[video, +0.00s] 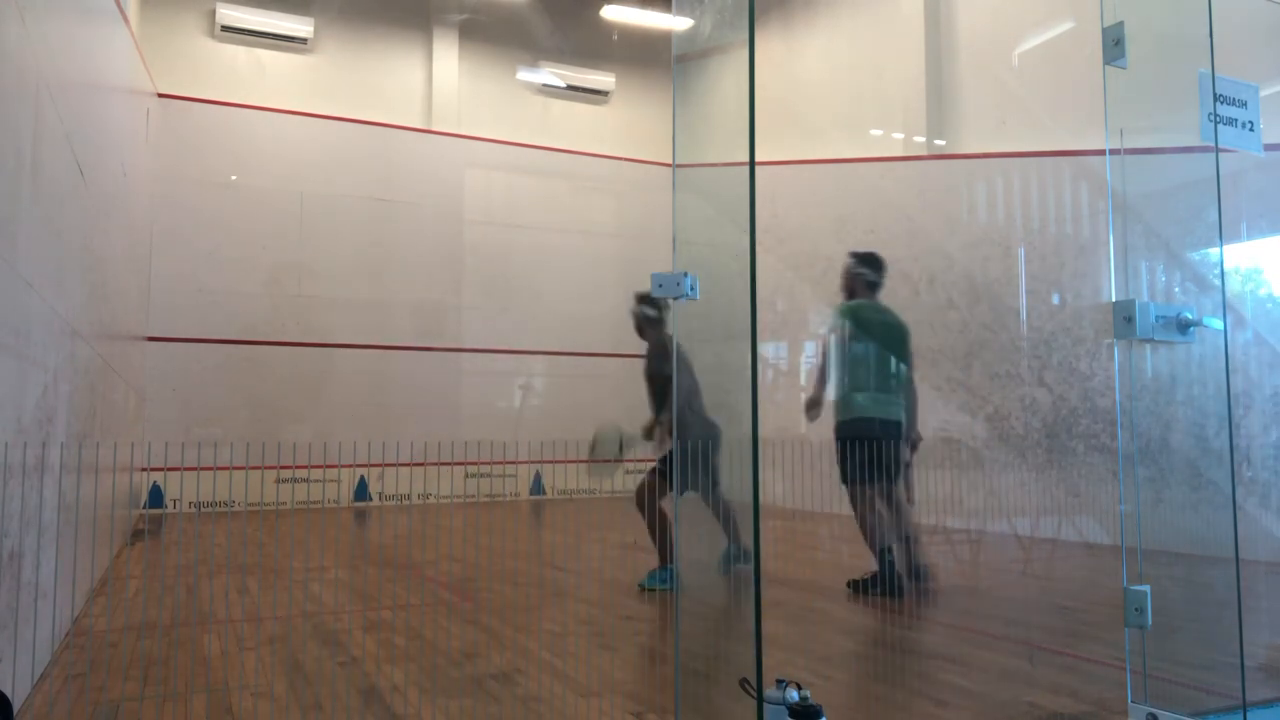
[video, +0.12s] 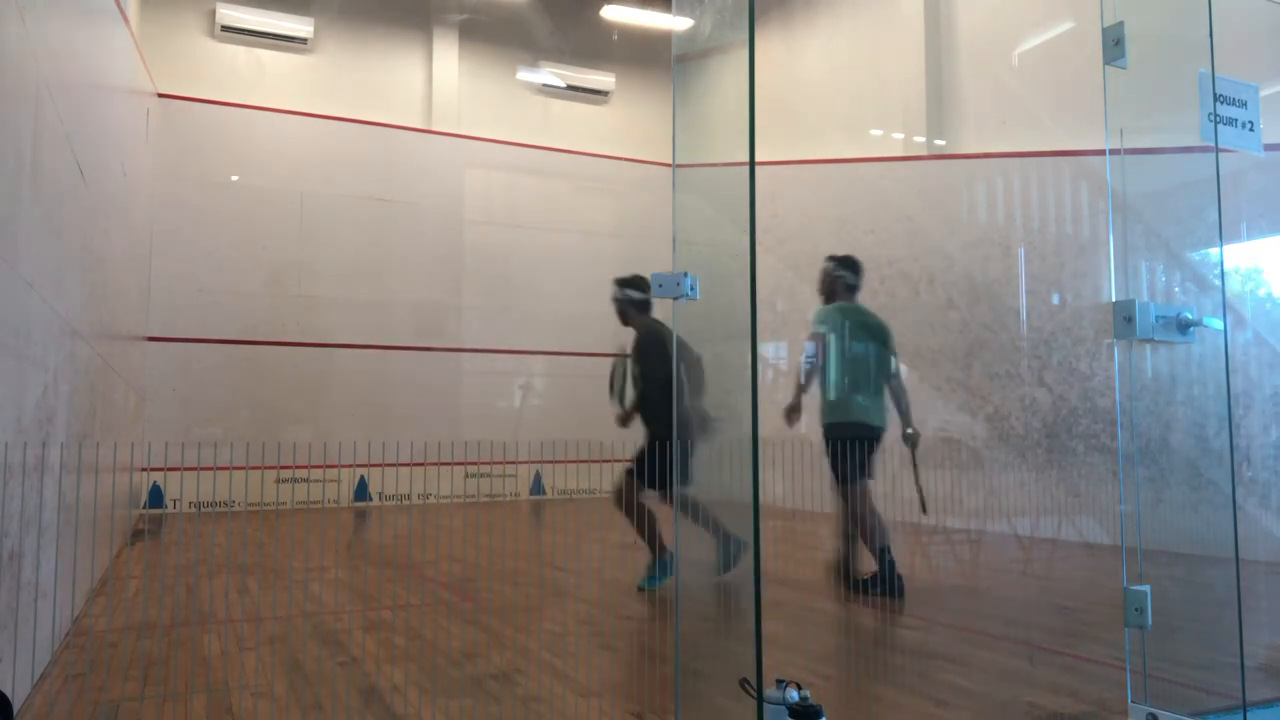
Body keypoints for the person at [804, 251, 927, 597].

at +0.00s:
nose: (841, 283)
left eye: (845, 277)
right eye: (844, 276)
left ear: (852, 280)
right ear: (878, 284)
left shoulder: (843, 315)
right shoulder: (897, 324)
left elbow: (826, 360)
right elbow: (908, 383)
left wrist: (815, 398)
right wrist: (912, 427)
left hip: (855, 423)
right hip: (893, 424)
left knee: (863, 501)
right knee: (894, 496)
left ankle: (887, 570)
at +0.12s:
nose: (819, 285)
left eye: (822, 278)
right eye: (821, 278)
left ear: (834, 282)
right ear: (855, 285)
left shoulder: (826, 314)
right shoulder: (877, 324)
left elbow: (812, 358)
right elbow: (894, 378)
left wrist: (797, 398)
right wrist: (908, 423)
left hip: (840, 422)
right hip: (872, 423)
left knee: (858, 499)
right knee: (849, 495)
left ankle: (887, 572)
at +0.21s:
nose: (798, 291)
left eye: (802, 284)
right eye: (800, 284)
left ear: (814, 288)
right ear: (832, 290)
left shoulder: (806, 321)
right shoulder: (857, 328)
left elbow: (786, 368)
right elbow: (878, 378)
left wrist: (774, 405)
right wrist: (896, 423)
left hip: (823, 425)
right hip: (852, 426)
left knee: (851, 500)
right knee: (814, 482)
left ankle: (887, 570)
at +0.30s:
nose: (779, 293)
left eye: (785, 286)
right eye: (781, 286)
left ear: (803, 292)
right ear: (811, 295)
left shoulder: (785, 329)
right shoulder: (835, 332)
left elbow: (764, 374)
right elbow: (859, 381)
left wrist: (751, 407)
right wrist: (877, 424)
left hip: (801, 429)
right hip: (828, 430)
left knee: (830, 501)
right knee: (790, 483)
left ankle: (880, 561)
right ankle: (769, 552)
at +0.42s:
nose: (760, 300)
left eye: (766, 294)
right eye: (762, 294)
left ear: (781, 300)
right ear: (793, 302)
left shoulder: (764, 335)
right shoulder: (815, 338)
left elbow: (743, 374)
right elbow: (838, 386)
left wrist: (730, 407)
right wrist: (853, 428)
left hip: (774, 431)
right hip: (803, 433)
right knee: (767, 495)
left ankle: (845, 540)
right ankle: (762, 554)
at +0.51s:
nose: (741, 304)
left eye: (745, 298)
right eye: (742, 297)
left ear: (759, 299)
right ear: (776, 301)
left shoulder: (748, 333)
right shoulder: (798, 335)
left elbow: (728, 374)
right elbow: (818, 383)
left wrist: (712, 407)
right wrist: (828, 425)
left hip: (758, 430)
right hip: (788, 432)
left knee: (742, 496)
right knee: (757, 492)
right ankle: (762, 554)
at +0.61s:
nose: (725, 296)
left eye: (730, 290)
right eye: (727, 290)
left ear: (744, 294)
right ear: (758, 294)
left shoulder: (734, 328)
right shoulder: (784, 331)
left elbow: (717, 369)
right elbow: (803, 379)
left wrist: (697, 406)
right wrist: (807, 416)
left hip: (742, 428)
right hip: (775, 430)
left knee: (712, 483)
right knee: (755, 485)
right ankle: (762, 553)